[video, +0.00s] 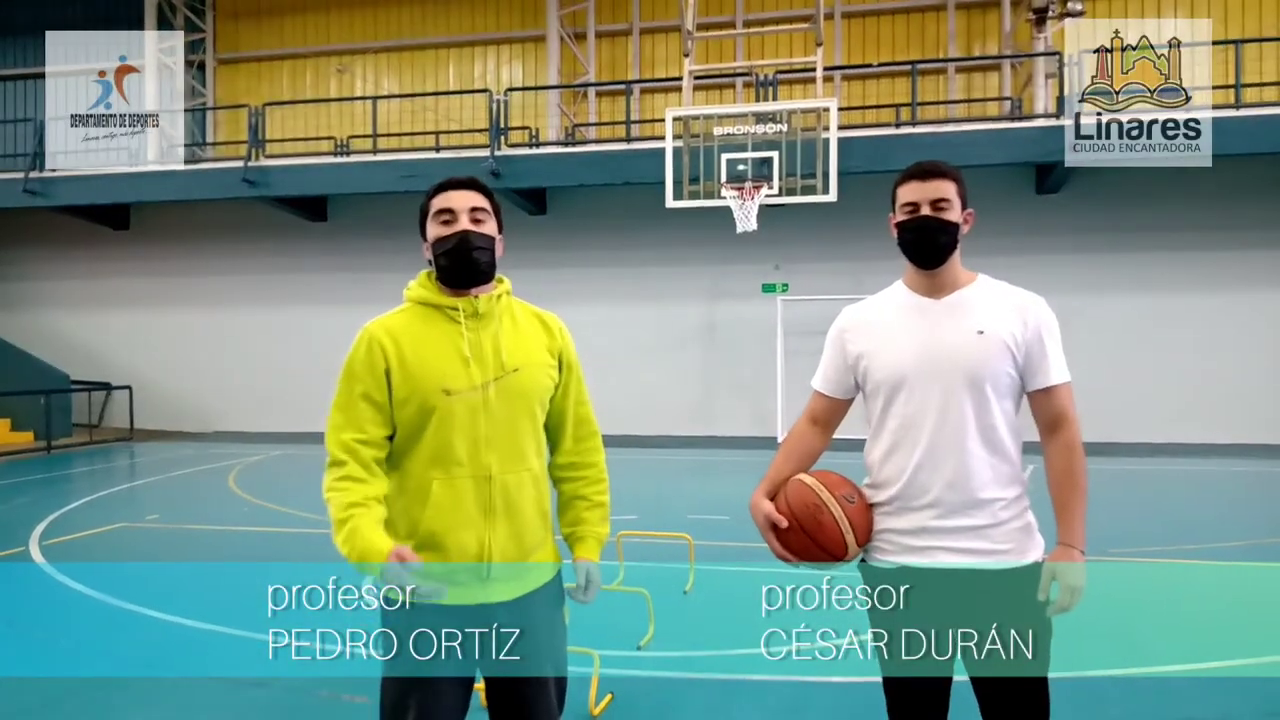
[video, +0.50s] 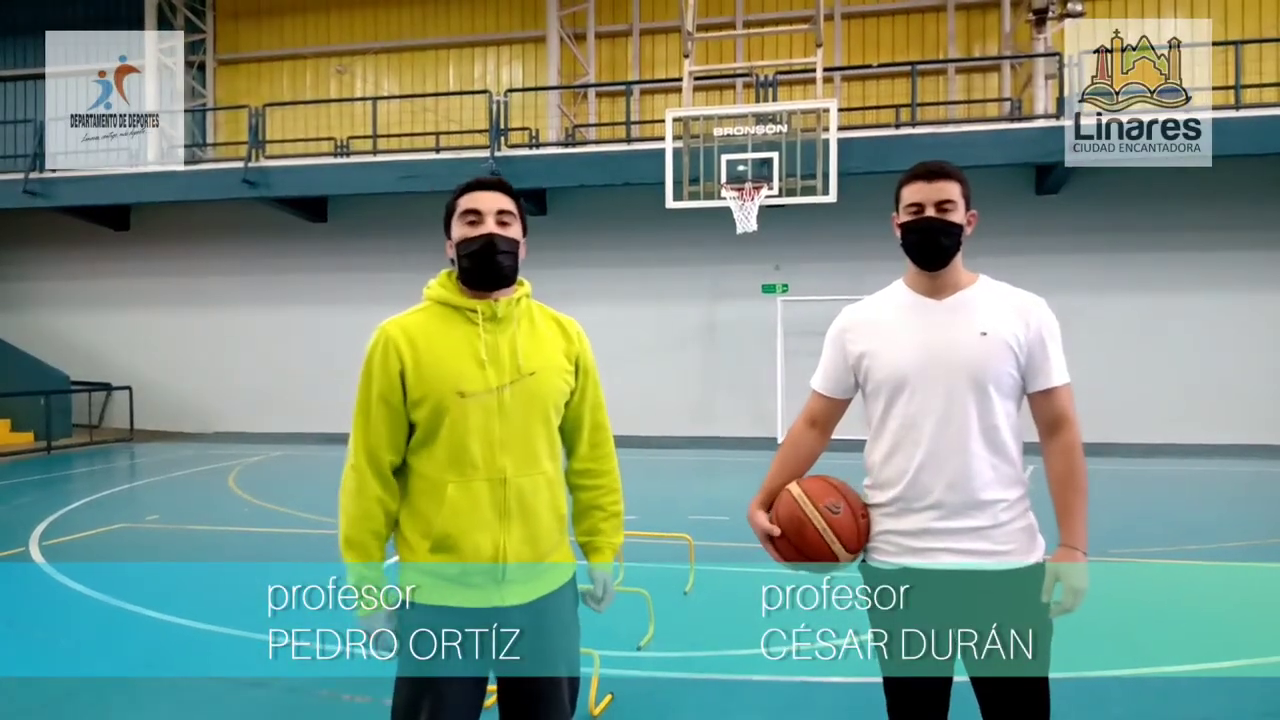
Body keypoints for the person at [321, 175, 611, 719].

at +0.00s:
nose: (464, 226)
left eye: (479, 216)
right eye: (445, 218)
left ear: (499, 241)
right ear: (426, 245)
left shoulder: (544, 333)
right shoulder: (385, 340)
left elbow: (578, 449)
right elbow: (352, 461)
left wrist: (586, 541)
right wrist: (373, 546)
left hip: (529, 586)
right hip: (424, 591)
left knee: (537, 711)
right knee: (422, 714)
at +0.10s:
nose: (468, 226)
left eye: (483, 217)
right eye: (449, 219)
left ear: (503, 242)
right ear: (430, 246)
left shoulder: (547, 334)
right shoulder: (388, 341)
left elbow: (580, 449)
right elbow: (356, 467)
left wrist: (590, 544)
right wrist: (372, 577)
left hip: (532, 588)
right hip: (428, 593)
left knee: (539, 711)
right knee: (424, 715)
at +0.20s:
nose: (473, 226)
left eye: (488, 216)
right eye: (455, 218)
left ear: (508, 240)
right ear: (435, 244)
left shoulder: (550, 334)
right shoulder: (392, 341)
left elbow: (583, 450)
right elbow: (363, 472)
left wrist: (594, 547)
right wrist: (366, 595)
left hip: (536, 590)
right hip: (433, 593)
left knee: (543, 711)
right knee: (426, 715)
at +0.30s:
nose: (478, 225)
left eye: (493, 216)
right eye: (459, 217)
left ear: (513, 240)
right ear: (440, 244)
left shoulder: (554, 334)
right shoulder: (397, 339)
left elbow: (585, 451)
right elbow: (366, 468)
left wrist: (597, 549)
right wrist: (361, 587)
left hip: (539, 588)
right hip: (436, 591)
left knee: (545, 711)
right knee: (429, 714)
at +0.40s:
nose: (483, 227)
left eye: (499, 217)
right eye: (465, 218)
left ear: (518, 242)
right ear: (445, 244)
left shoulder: (558, 335)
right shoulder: (399, 340)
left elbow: (589, 454)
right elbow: (368, 467)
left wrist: (599, 552)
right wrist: (363, 581)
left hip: (542, 587)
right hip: (439, 590)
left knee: (548, 711)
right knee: (432, 713)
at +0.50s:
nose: (489, 229)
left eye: (504, 220)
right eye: (471, 219)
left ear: (522, 243)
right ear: (449, 244)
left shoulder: (562, 337)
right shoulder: (402, 340)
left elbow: (592, 456)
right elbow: (370, 466)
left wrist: (601, 554)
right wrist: (365, 581)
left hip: (544, 588)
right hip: (440, 591)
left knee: (550, 711)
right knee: (433, 714)